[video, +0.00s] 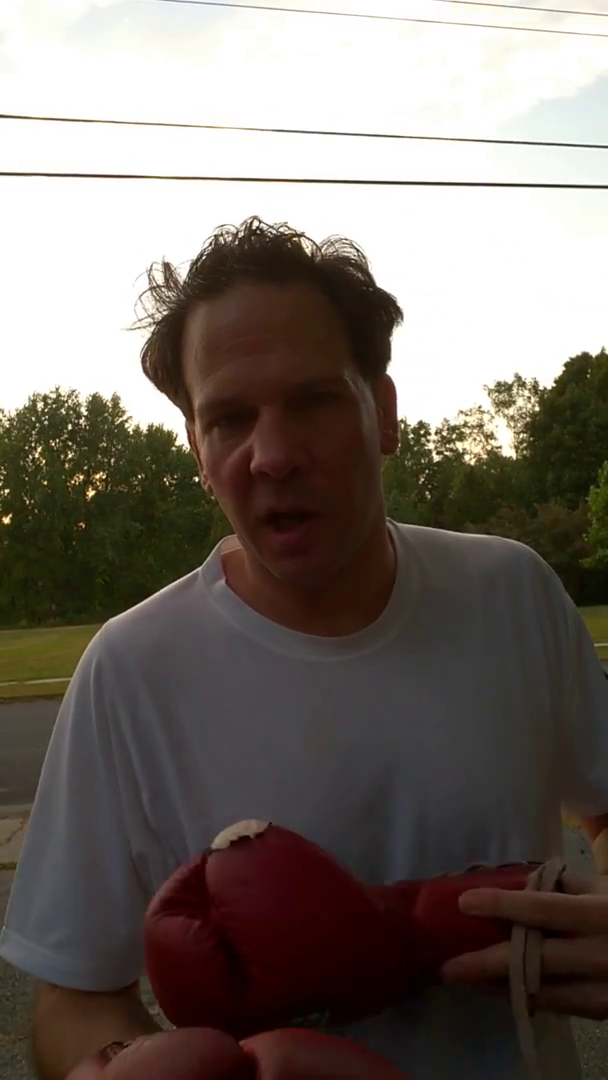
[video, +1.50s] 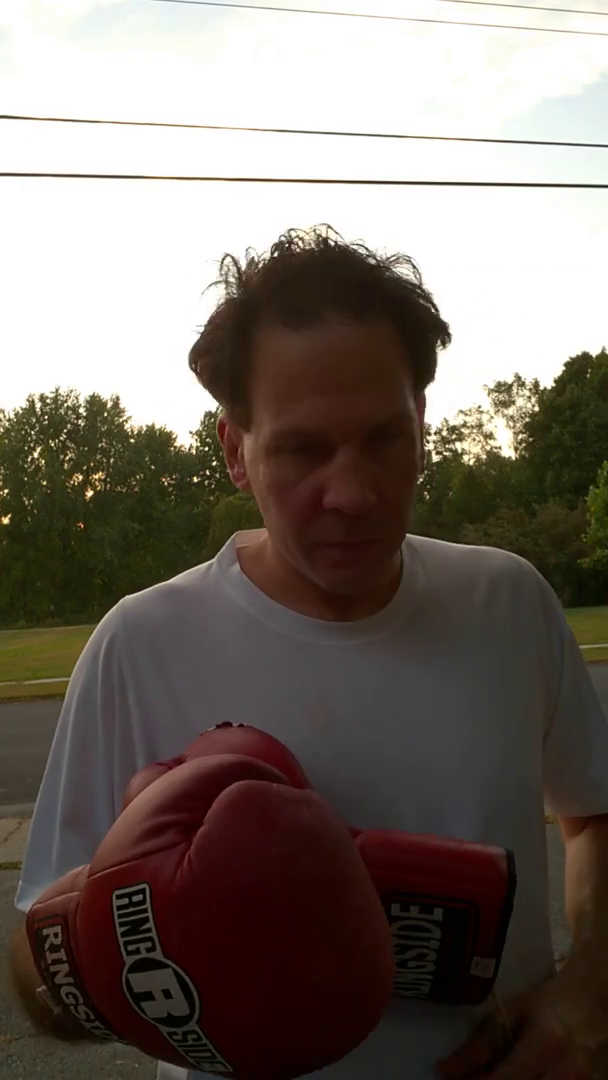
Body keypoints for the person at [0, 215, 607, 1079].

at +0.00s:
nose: (273, 455)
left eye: (313, 401)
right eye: (230, 419)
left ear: (384, 415)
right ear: (199, 455)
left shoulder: (514, 596)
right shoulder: (130, 670)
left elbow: (603, 813)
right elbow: (76, 993)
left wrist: (597, 935)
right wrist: (133, 1056)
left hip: (510, 1063)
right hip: (259, 1070)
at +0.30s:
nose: (277, 457)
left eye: (316, 402)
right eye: (233, 419)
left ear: (384, 417)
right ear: (197, 455)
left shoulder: (513, 597)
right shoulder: (125, 669)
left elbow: (603, 809)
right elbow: (57, 969)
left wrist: (602, 915)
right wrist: (156, 1041)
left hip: (508, 1062)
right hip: (253, 1071)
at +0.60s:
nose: (354, 505)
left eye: (382, 453)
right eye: (303, 459)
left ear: (410, 436)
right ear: (216, 454)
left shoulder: (506, 599)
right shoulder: (124, 666)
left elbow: (606, 788)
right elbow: (40, 946)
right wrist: (91, 930)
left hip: (519, 1064)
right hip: (248, 1067)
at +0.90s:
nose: (397, 555)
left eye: (428, 503)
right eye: (348, 513)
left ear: (449, 457)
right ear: (243, 471)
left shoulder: (501, 601)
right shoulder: (129, 662)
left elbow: (588, 794)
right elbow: (46, 979)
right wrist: (72, 924)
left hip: (518, 1064)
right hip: (253, 1066)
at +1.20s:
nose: (407, 547)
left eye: (435, 495)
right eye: (358, 503)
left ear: (456, 459)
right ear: (252, 465)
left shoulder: (502, 602)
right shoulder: (134, 655)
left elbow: (590, 796)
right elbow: (41, 990)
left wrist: (607, 935)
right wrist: (96, 901)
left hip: (507, 1065)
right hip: (250, 1067)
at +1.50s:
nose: (351, 494)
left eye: (383, 440)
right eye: (304, 449)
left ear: (423, 427)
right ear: (237, 452)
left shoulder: (511, 606)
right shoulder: (140, 648)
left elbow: (590, 817)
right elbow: (44, 989)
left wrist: (587, 980)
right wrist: (103, 898)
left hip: (492, 1065)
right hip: (241, 1066)